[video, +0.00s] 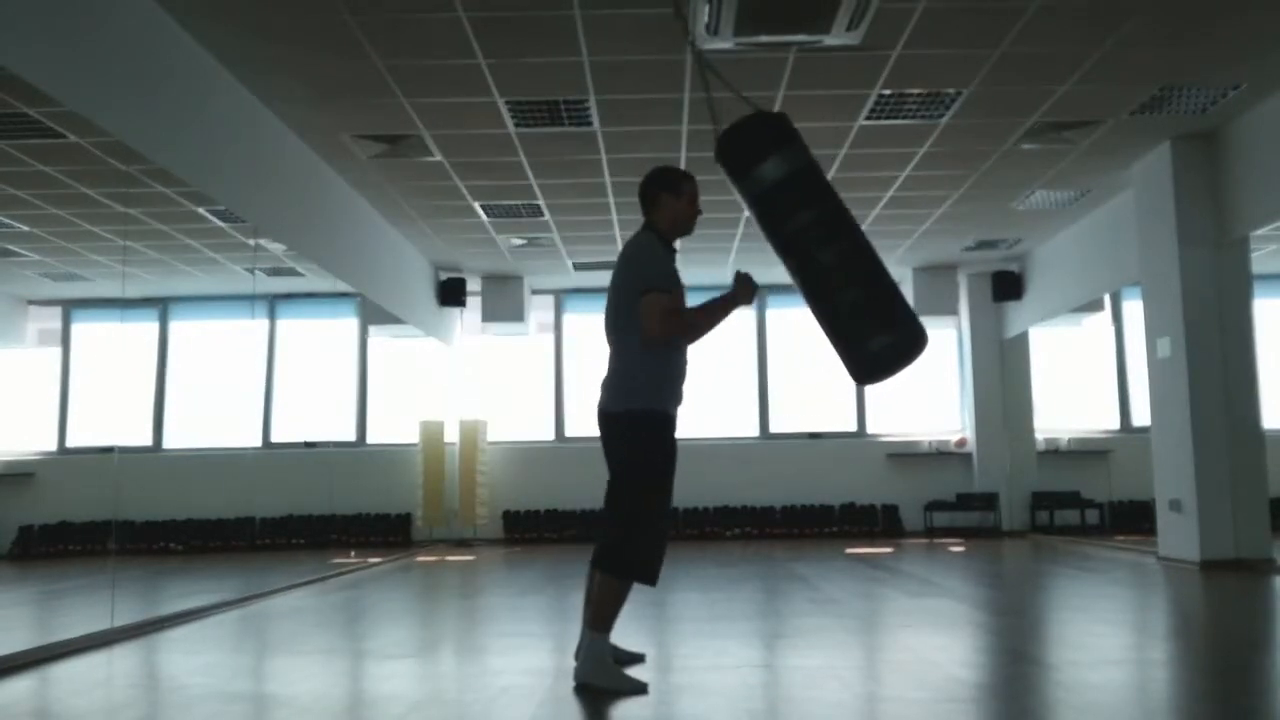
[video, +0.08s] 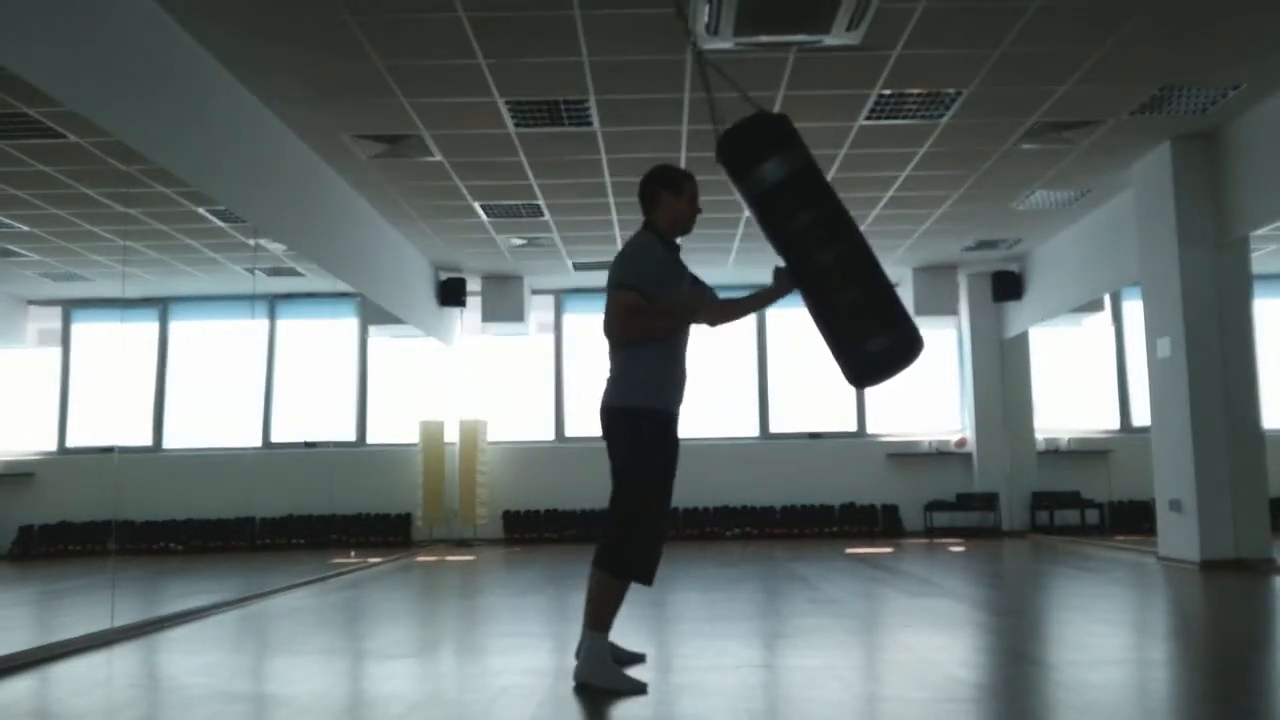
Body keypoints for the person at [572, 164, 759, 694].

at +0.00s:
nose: (697, 211)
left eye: (696, 201)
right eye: (691, 201)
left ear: (660, 204)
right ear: (664, 203)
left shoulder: (646, 254)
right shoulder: (648, 255)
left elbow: (650, 330)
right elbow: (663, 329)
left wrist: (718, 305)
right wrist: (731, 301)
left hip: (637, 413)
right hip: (640, 416)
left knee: (626, 529)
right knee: (629, 532)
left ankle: (597, 640)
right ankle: (592, 655)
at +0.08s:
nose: (698, 208)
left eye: (697, 200)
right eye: (690, 199)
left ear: (669, 203)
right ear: (661, 201)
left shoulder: (668, 261)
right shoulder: (639, 254)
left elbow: (716, 312)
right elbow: (619, 325)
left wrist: (774, 291)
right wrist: (683, 317)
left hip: (653, 414)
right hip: (634, 413)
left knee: (635, 525)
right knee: (629, 525)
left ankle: (597, 639)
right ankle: (591, 654)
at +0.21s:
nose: (695, 208)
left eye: (693, 199)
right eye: (687, 199)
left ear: (658, 203)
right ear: (660, 202)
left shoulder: (647, 250)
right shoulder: (657, 251)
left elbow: (692, 318)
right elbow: (693, 320)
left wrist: (744, 293)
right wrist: (752, 293)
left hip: (630, 407)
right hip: (638, 410)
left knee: (628, 525)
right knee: (628, 526)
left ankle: (594, 640)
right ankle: (590, 655)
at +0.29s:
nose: (695, 210)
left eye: (694, 201)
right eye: (688, 201)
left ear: (658, 203)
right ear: (663, 203)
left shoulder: (646, 255)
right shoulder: (647, 256)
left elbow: (662, 329)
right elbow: (663, 329)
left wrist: (726, 306)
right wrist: (730, 308)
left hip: (638, 412)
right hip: (640, 414)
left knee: (627, 527)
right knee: (627, 530)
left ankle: (597, 639)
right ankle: (591, 656)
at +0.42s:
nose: (695, 209)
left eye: (694, 200)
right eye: (688, 200)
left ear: (665, 204)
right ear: (661, 203)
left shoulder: (663, 260)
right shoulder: (639, 257)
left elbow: (704, 323)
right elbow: (620, 331)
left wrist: (765, 291)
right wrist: (682, 329)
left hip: (651, 416)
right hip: (634, 417)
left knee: (631, 529)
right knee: (627, 530)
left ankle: (595, 639)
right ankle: (590, 655)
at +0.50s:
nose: (693, 211)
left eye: (691, 202)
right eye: (686, 202)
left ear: (657, 206)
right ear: (658, 205)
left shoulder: (645, 255)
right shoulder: (655, 256)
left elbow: (694, 325)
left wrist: (744, 301)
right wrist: (753, 301)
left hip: (627, 409)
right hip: (635, 412)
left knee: (629, 525)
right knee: (631, 526)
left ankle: (594, 640)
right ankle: (591, 655)